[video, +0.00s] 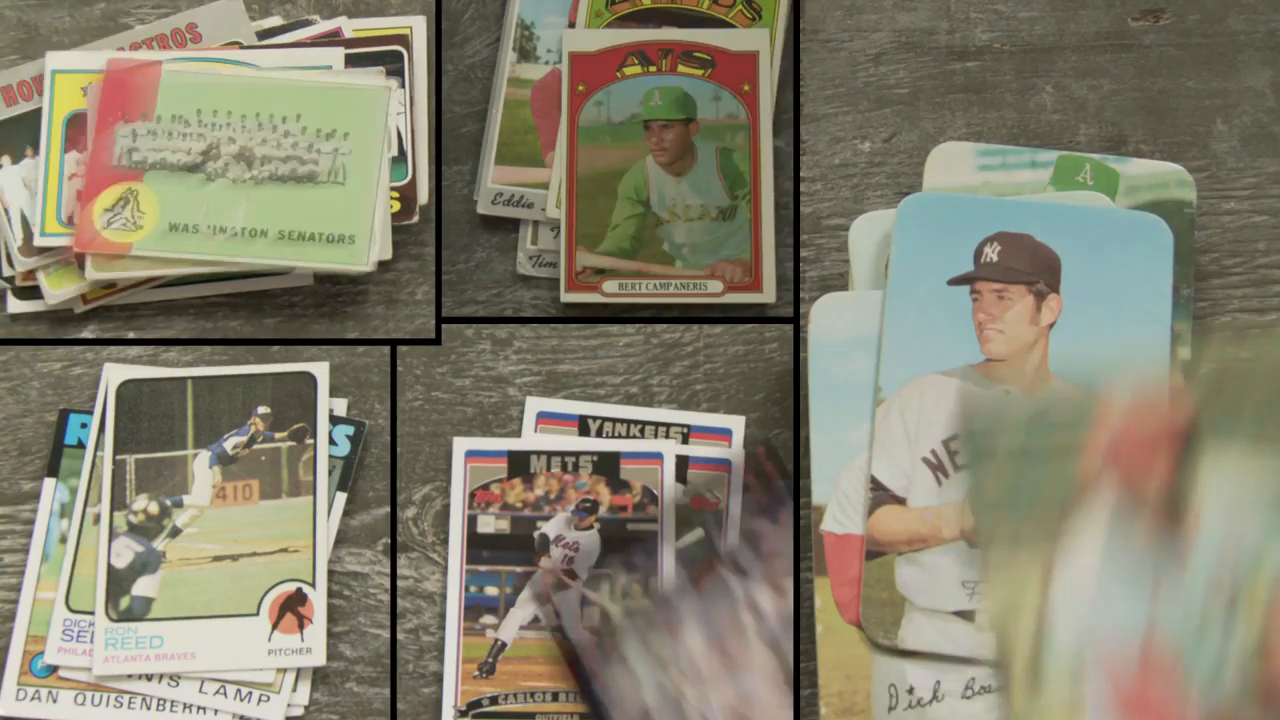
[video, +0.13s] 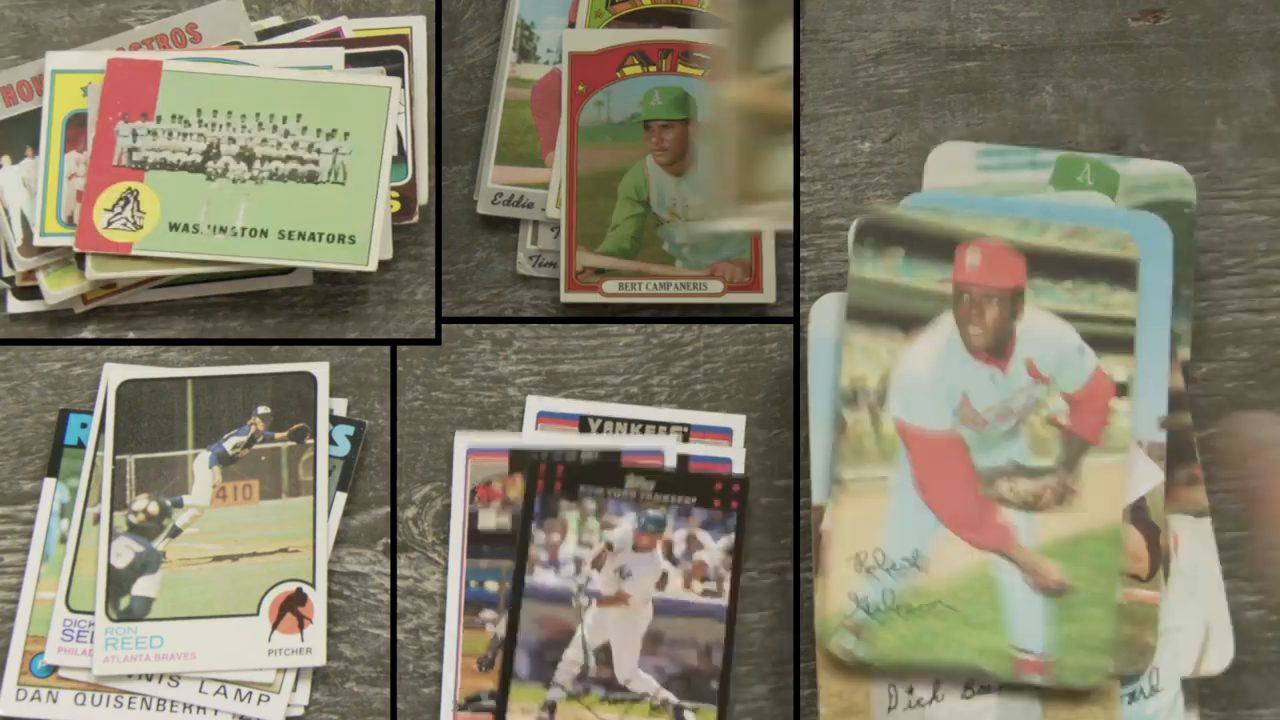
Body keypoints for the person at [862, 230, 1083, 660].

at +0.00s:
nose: (982, 313)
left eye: (1002, 298)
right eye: (977, 297)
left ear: (1049, 309)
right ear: (970, 302)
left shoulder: (1088, 417)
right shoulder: (921, 402)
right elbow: (868, 523)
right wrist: (964, 518)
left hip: (1052, 647)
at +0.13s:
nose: (974, 314)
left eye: (988, 302)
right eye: (964, 300)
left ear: (1016, 306)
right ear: (954, 300)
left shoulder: (1050, 338)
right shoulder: (923, 364)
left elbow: (1095, 393)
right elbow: (948, 484)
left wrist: (1066, 468)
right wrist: (1020, 557)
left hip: (1005, 449)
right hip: (933, 449)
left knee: (1020, 555)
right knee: (905, 554)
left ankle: (1032, 665)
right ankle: (857, 626)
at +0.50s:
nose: (984, 291)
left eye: (1000, 276)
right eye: (969, 279)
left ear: (1031, 288)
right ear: (954, 294)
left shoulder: (1082, 349)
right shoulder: (932, 365)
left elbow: (1127, 468)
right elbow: (925, 485)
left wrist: (1159, 583)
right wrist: (937, 585)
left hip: (1090, 500)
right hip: (997, 502)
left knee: (1165, 631)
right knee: (942, 642)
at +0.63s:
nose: (984, 291)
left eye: (1000, 276)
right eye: (969, 279)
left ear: (1032, 288)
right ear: (954, 294)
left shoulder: (1083, 349)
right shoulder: (931, 366)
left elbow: (1127, 467)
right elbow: (925, 484)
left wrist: (1159, 583)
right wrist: (937, 584)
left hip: (1090, 499)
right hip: (997, 502)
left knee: (1164, 631)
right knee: (944, 642)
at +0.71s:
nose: (1179, 270)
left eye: (1190, 249)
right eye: (1161, 249)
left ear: (1202, 252)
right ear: (1121, 245)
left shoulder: (1148, 305)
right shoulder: (1087, 342)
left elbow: (1163, 376)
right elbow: (1130, 501)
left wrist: (1190, 426)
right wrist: (1197, 560)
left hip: (1104, 503)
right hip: (1030, 518)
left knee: (1162, 636)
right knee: (1029, 671)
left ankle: (1190, 711)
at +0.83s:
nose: (1075, 324)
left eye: (1084, 311)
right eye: (1062, 306)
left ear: (1091, 314)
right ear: (1025, 298)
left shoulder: (1042, 346)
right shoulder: (999, 370)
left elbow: (1035, 399)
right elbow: (1020, 492)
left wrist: (1065, 433)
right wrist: (1074, 553)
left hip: (993, 471)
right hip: (931, 481)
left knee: (1035, 597)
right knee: (923, 617)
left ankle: (1063, 698)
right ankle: (906, 701)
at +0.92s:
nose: (1075, 324)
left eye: (1085, 312)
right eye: (1062, 306)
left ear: (1091, 314)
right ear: (1025, 298)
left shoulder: (1042, 345)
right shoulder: (998, 370)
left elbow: (1035, 398)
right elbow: (1020, 493)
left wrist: (1065, 434)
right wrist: (1075, 553)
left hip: (993, 472)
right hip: (931, 481)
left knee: (1034, 595)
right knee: (923, 618)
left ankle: (1062, 697)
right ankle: (912, 702)